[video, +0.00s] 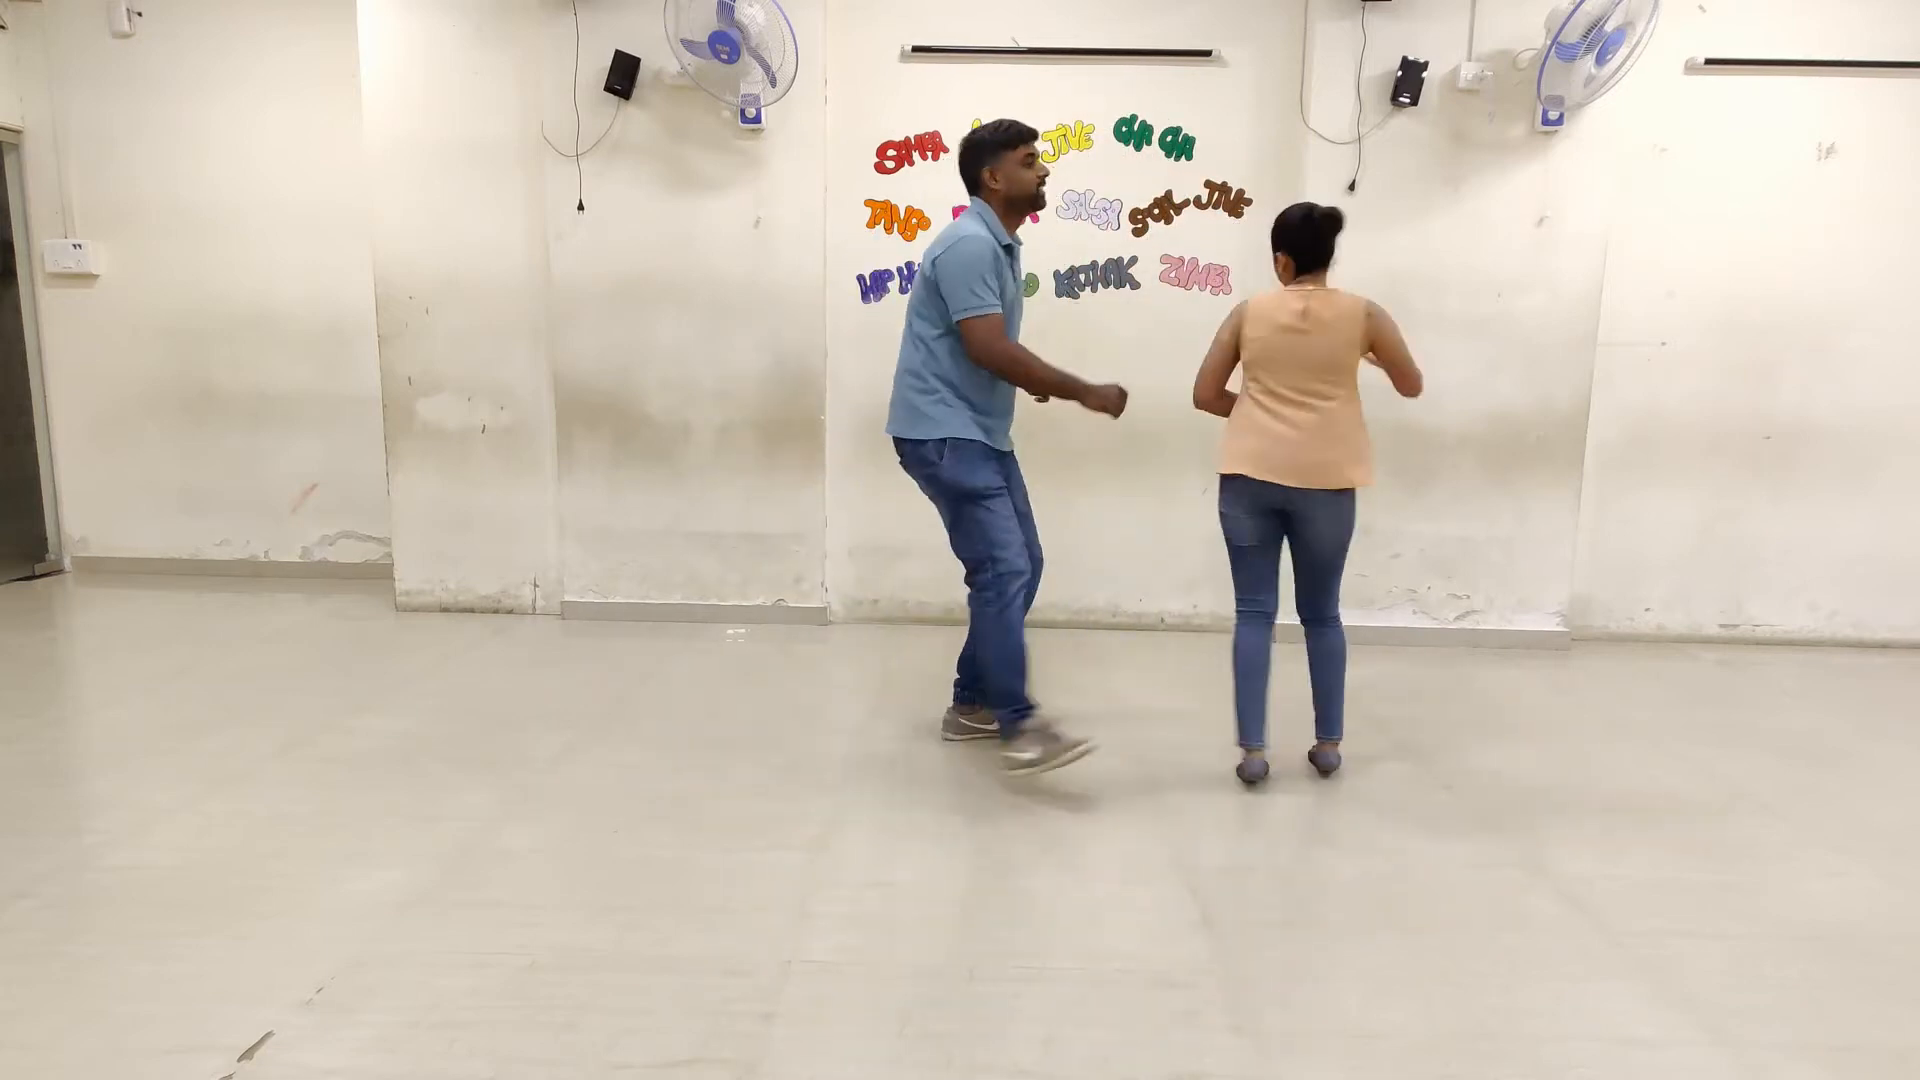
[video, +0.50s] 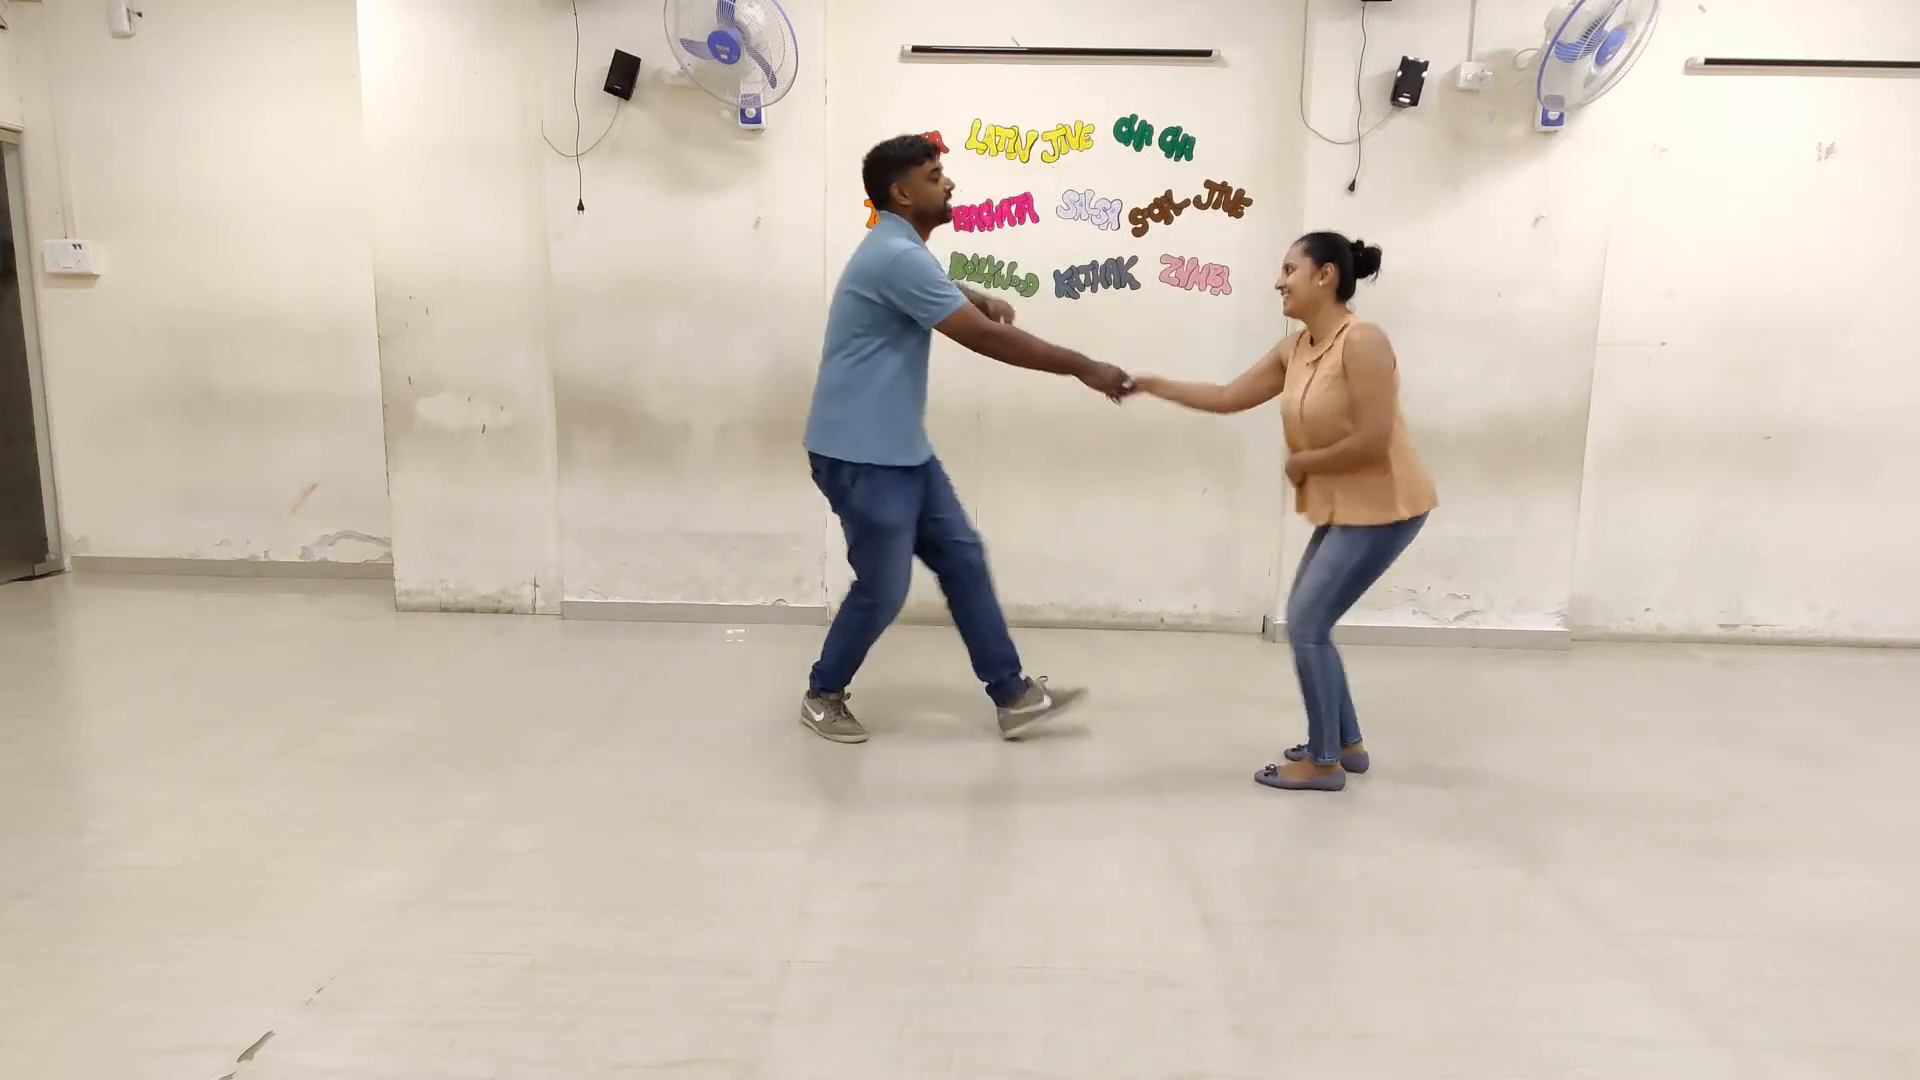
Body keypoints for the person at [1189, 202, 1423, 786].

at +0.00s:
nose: (1273, 262)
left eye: (1274, 254)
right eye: (1278, 253)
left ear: (1281, 258)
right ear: (1332, 256)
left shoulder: (1250, 312)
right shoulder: (1362, 315)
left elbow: (1206, 394)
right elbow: (1410, 383)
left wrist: (1258, 407)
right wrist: (1374, 351)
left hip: (1248, 477)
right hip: (1326, 483)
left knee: (1252, 611)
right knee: (1321, 611)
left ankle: (1252, 752)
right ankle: (1328, 745)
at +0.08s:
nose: (1273, 261)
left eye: (1275, 253)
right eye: (1277, 252)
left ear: (1286, 258)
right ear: (1332, 254)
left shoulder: (1255, 311)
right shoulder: (1367, 315)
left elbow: (1206, 393)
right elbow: (1403, 379)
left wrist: (1255, 404)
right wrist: (1360, 345)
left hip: (1255, 477)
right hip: (1333, 483)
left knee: (1259, 613)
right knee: (1323, 610)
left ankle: (1265, 754)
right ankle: (1331, 745)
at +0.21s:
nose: (1278, 262)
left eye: (1286, 252)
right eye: (1280, 250)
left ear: (1318, 255)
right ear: (1329, 256)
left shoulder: (1301, 306)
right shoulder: (1359, 308)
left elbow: (1259, 401)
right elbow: (1308, 368)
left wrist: (1257, 405)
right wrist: (1237, 363)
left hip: (1303, 482)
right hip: (1359, 482)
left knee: (1282, 620)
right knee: (1320, 613)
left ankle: (1309, 756)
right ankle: (1343, 743)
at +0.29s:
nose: (1280, 273)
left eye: (1289, 263)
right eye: (1282, 261)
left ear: (1322, 267)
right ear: (1326, 269)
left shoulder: (1320, 320)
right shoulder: (1348, 316)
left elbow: (1293, 414)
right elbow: (1278, 386)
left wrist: (1265, 431)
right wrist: (1199, 382)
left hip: (1324, 494)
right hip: (1360, 494)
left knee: (1276, 626)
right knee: (1305, 621)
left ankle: (1320, 758)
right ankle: (1344, 743)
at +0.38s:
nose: (1280, 294)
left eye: (1290, 283)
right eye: (1282, 283)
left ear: (1325, 289)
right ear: (1318, 290)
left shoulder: (1349, 351)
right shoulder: (1303, 355)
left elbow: (1337, 449)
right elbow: (1240, 406)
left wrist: (1278, 462)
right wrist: (1158, 400)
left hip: (1358, 519)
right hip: (1338, 518)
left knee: (1270, 633)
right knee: (1286, 631)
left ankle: (1318, 761)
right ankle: (1343, 742)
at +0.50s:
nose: (1279, 281)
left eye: (1290, 270)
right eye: (1282, 271)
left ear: (1327, 277)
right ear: (1318, 278)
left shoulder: (1364, 342)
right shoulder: (1296, 348)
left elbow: (1373, 441)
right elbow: (1227, 397)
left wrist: (1304, 462)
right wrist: (1147, 383)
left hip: (1384, 509)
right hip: (1339, 509)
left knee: (1306, 621)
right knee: (1304, 621)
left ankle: (1325, 761)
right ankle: (1345, 742)